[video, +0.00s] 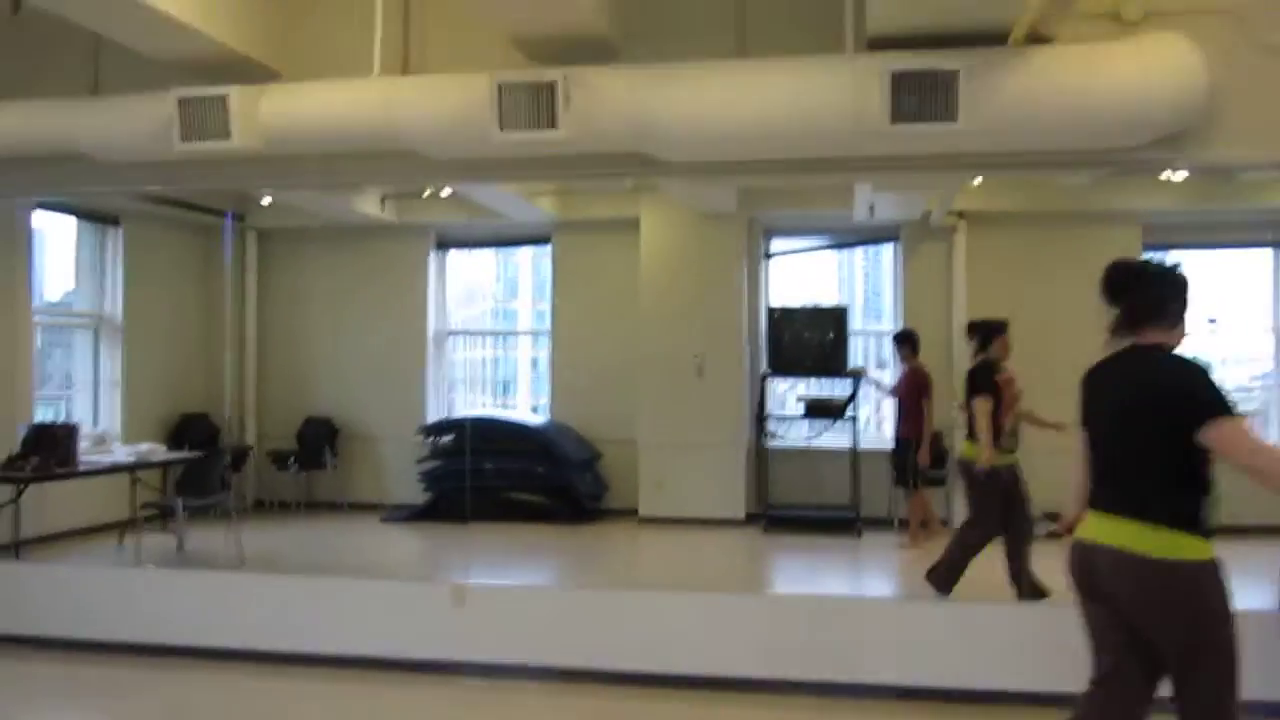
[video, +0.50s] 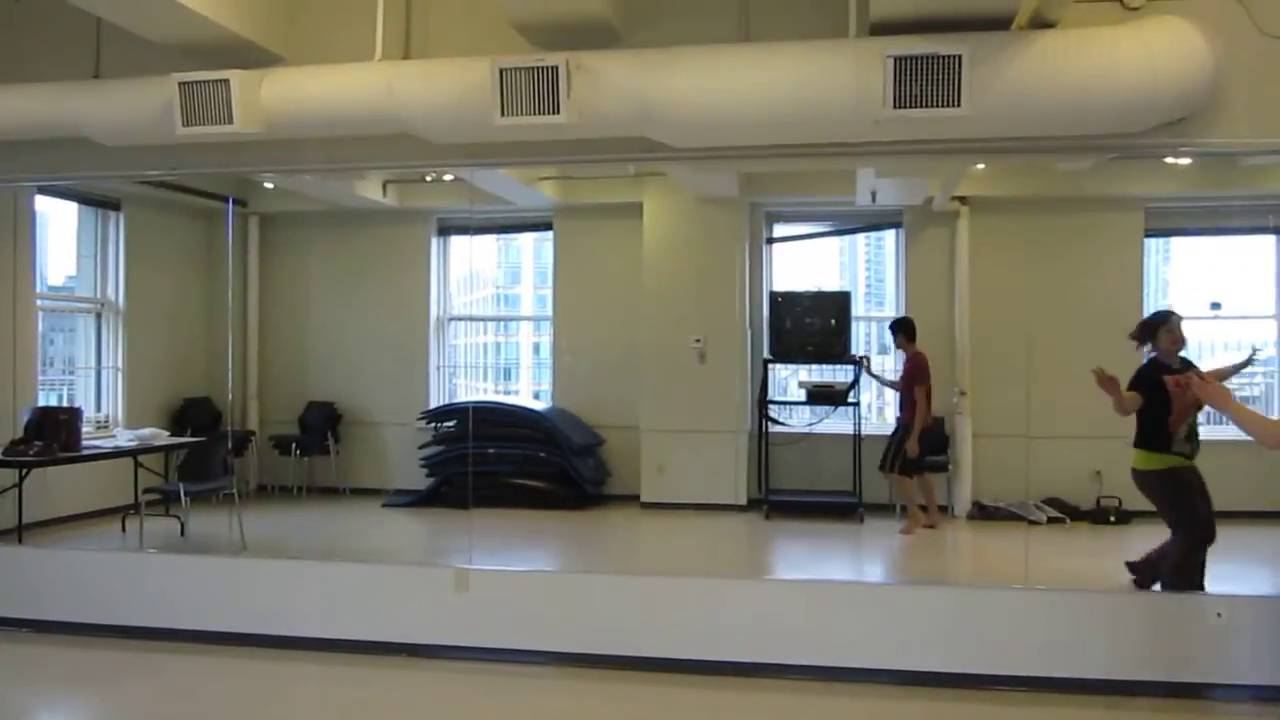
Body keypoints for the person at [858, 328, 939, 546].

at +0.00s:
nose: (898, 353)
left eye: (901, 348)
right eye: (897, 348)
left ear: (910, 348)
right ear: (902, 349)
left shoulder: (921, 376)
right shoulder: (906, 374)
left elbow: (928, 413)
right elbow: (893, 393)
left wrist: (925, 447)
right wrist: (868, 379)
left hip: (915, 437)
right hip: (903, 436)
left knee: (912, 486)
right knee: (910, 484)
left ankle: (914, 533)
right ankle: (932, 523)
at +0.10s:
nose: (911, 342)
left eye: (913, 338)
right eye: (910, 338)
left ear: (922, 337)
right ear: (920, 338)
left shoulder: (935, 364)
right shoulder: (921, 362)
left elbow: (941, 403)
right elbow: (908, 382)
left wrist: (937, 437)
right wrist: (882, 368)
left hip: (929, 427)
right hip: (917, 426)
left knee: (926, 476)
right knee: (924, 474)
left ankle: (929, 525)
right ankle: (949, 514)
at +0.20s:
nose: (897, 339)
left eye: (899, 335)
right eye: (896, 335)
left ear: (908, 334)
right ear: (907, 335)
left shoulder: (921, 361)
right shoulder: (908, 359)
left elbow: (927, 400)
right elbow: (896, 379)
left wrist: (923, 435)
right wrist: (870, 365)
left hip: (915, 424)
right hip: (904, 423)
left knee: (913, 474)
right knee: (912, 472)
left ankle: (916, 522)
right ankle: (936, 512)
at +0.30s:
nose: (896, 331)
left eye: (898, 327)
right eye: (896, 327)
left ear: (908, 326)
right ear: (905, 326)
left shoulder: (920, 352)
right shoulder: (908, 350)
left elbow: (926, 393)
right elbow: (897, 371)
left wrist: (921, 428)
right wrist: (871, 357)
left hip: (915, 416)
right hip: (905, 415)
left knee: (912, 467)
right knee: (917, 466)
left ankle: (915, 514)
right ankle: (933, 507)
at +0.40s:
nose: (895, 335)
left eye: (897, 331)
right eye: (895, 331)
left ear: (905, 330)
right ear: (907, 331)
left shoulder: (919, 357)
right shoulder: (910, 355)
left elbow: (925, 399)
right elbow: (897, 377)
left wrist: (919, 431)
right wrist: (870, 363)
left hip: (912, 422)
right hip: (907, 420)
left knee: (906, 470)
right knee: (918, 469)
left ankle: (916, 517)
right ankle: (932, 512)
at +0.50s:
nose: (893, 341)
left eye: (895, 336)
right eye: (893, 336)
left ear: (903, 336)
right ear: (909, 336)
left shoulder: (916, 361)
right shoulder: (913, 360)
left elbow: (921, 403)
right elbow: (901, 387)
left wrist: (914, 437)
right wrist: (873, 374)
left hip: (910, 424)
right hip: (912, 423)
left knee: (893, 469)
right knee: (918, 470)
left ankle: (914, 516)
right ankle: (933, 514)